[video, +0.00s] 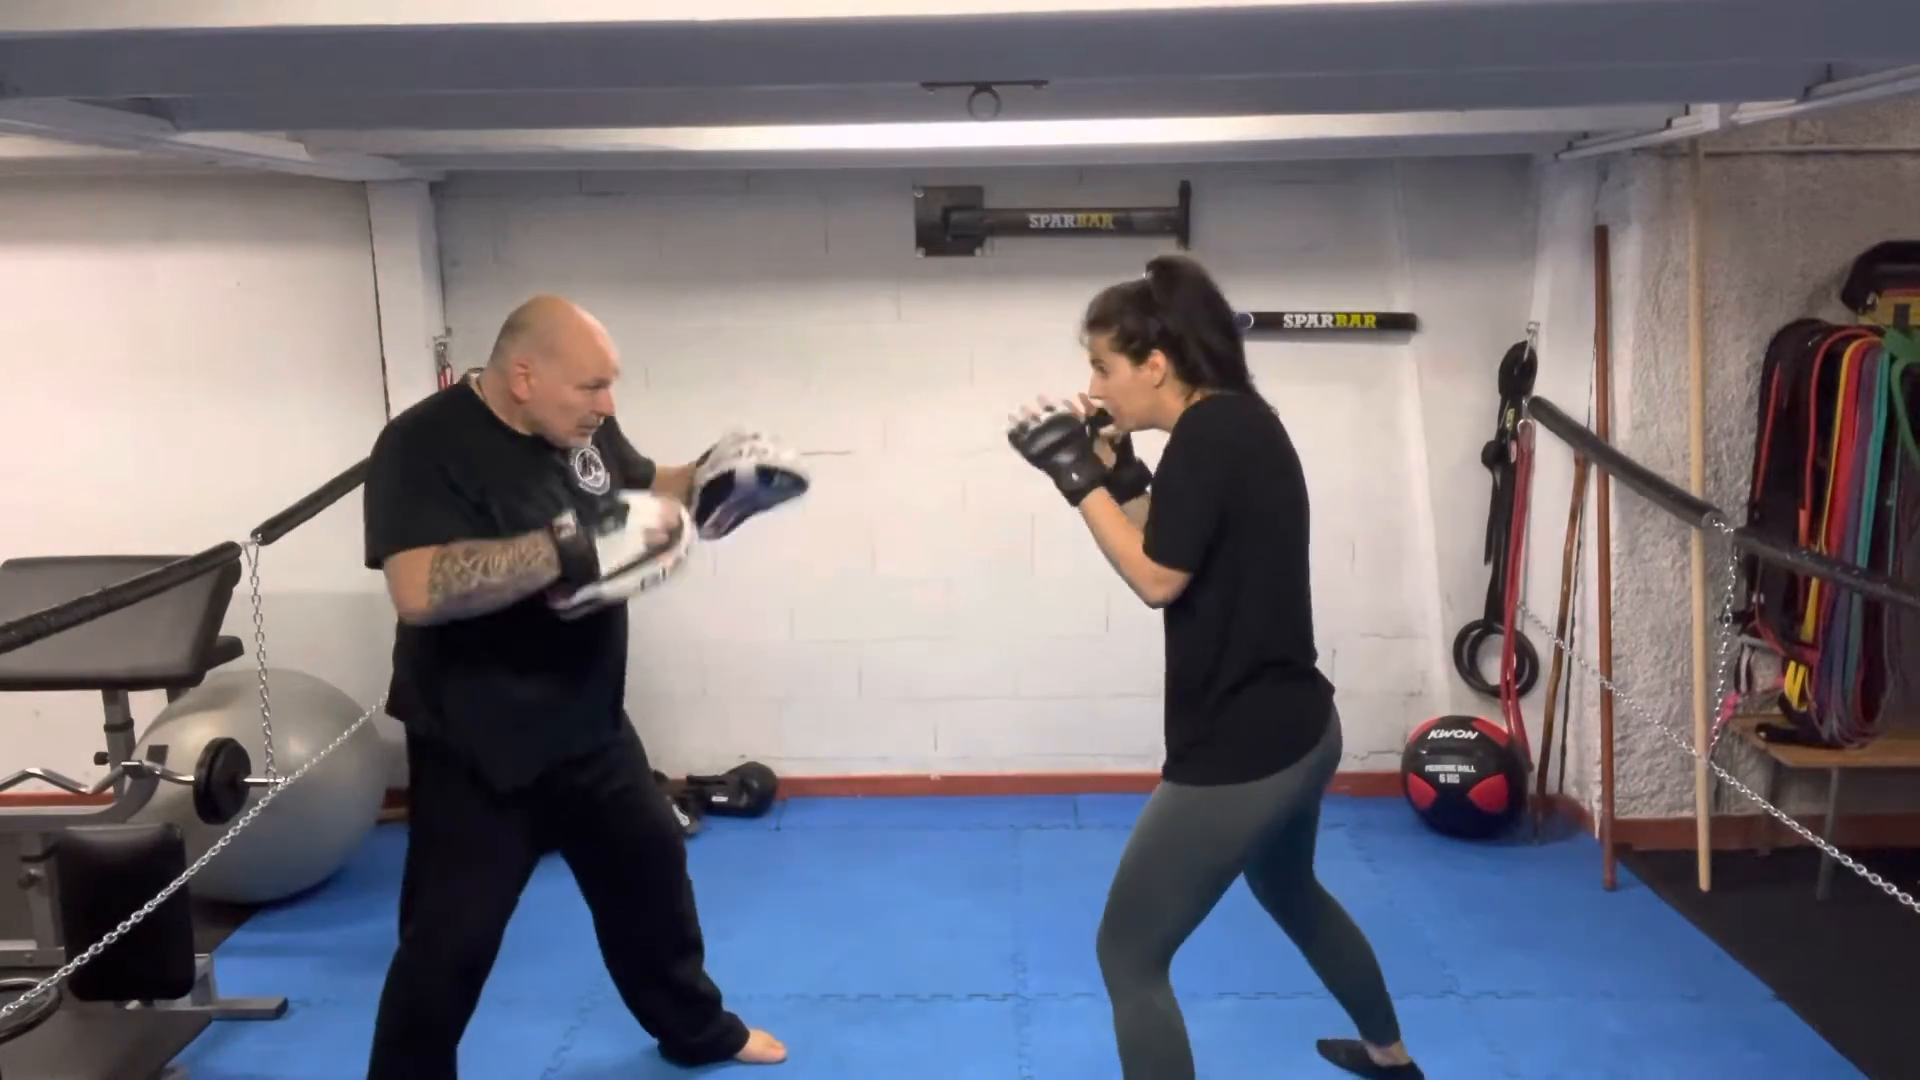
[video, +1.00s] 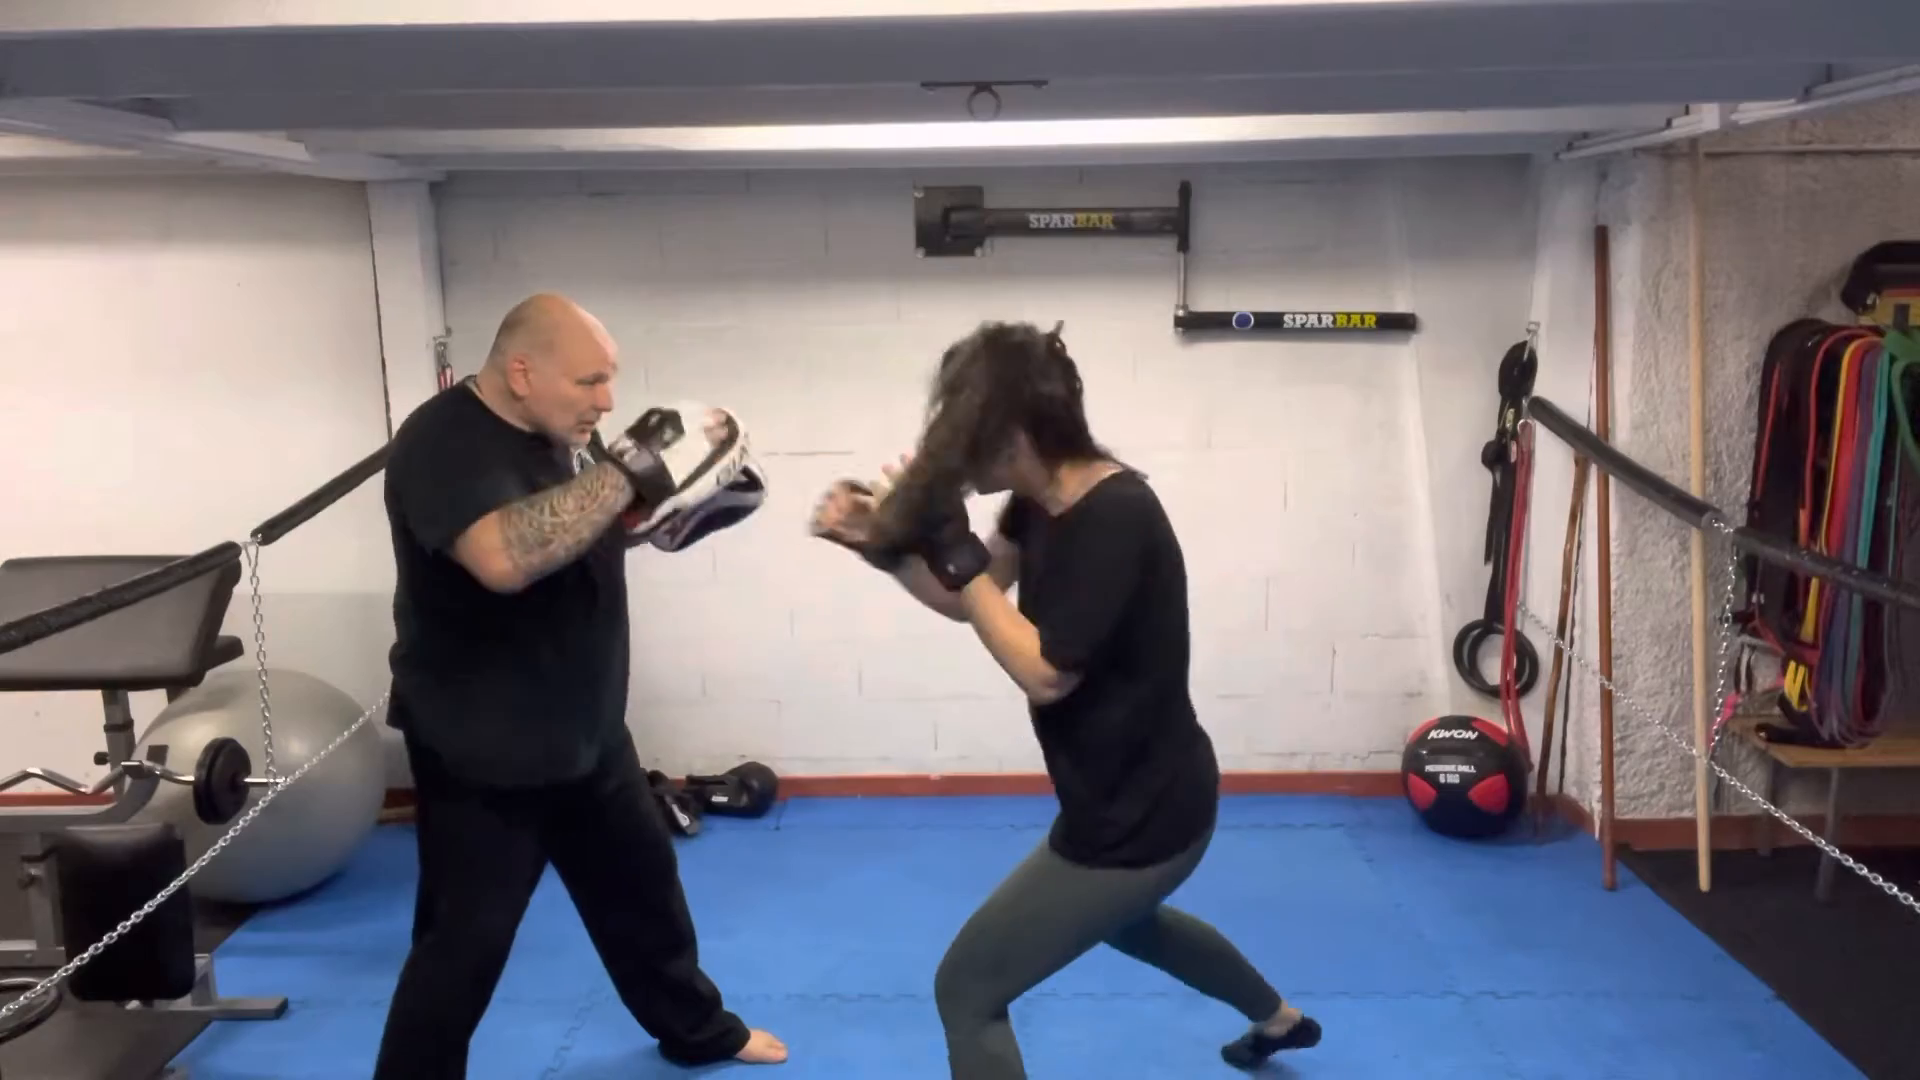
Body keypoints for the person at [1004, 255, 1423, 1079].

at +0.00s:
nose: (1096, 390)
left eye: (1102, 369)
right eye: (1094, 371)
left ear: (1157, 364)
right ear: (1164, 359)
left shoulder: (1207, 436)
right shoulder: (1249, 425)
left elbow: (1156, 577)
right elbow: (1191, 558)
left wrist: (1079, 481)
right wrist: (1118, 473)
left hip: (1238, 754)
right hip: (1299, 729)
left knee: (1130, 951)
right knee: (1289, 887)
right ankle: (1386, 1047)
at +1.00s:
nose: (963, 456)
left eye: (974, 439)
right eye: (961, 438)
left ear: (1017, 438)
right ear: (1026, 433)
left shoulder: (1112, 520)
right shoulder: (1044, 500)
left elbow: (1046, 675)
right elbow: (967, 598)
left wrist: (965, 566)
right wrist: (888, 544)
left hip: (1138, 825)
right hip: (1124, 795)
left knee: (967, 990)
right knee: (1126, 921)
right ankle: (1277, 1017)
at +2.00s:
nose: (1043, 465)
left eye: (1056, 452)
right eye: (1039, 451)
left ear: (1103, 437)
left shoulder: (1172, 473)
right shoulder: (1125, 461)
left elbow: (1058, 556)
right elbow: (1063, 493)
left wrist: (1013, 462)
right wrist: (1004, 460)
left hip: (1224, 752)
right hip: (1152, 739)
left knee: (1186, 992)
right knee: (1080, 874)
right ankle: (1164, 997)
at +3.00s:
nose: (1011, 602)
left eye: (1007, 595)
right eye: (1000, 600)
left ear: (1023, 571)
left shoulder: (1119, 550)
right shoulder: (1044, 539)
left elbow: (1129, 712)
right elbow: (995, 633)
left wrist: (1028, 693)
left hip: (1241, 776)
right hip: (1156, 765)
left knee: (1148, 998)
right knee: (1083, 901)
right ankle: (1148, 987)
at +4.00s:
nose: (1005, 425)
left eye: (1015, 415)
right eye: (1003, 412)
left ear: (1057, 409)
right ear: (1047, 400)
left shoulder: (1129, 477)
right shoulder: (1053, 432)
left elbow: (1135, 619)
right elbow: (940, 387)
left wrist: (1021, 556)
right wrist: (910, 343)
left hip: (1109, 721)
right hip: (1042, 699)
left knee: (1042, 920)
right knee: (994, 849)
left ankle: (1117, 1072)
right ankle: (1069, 980)